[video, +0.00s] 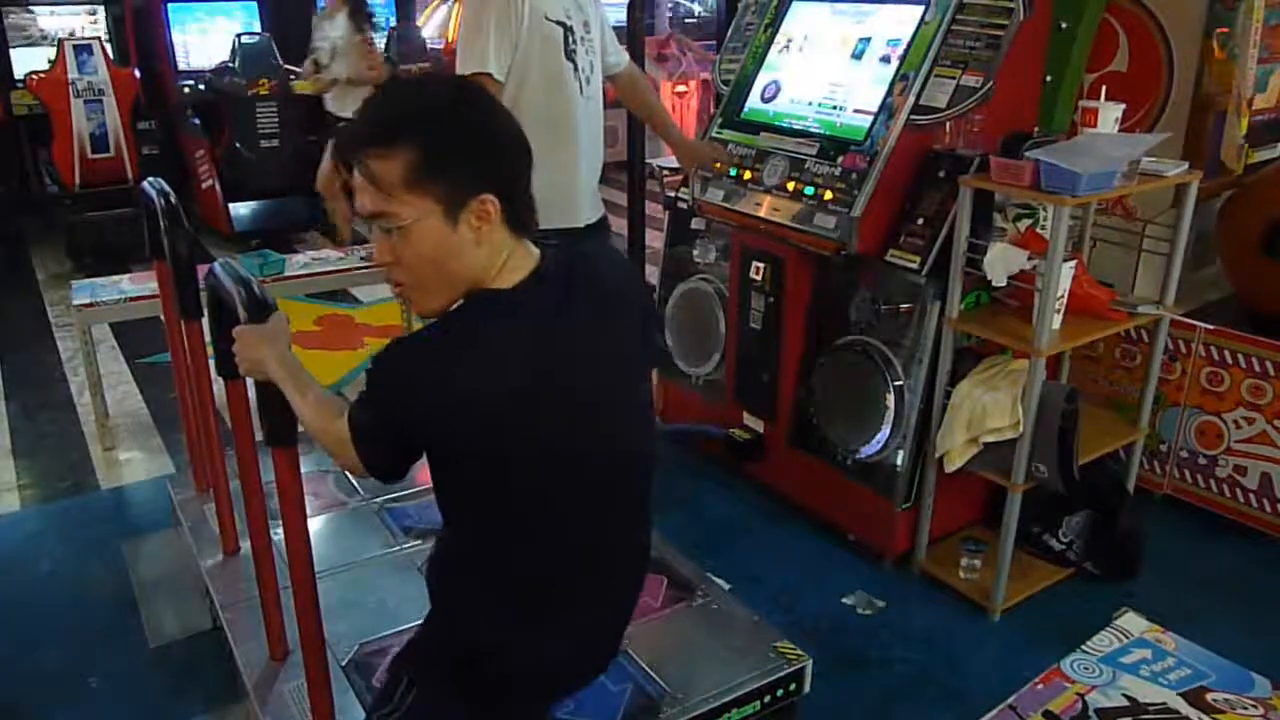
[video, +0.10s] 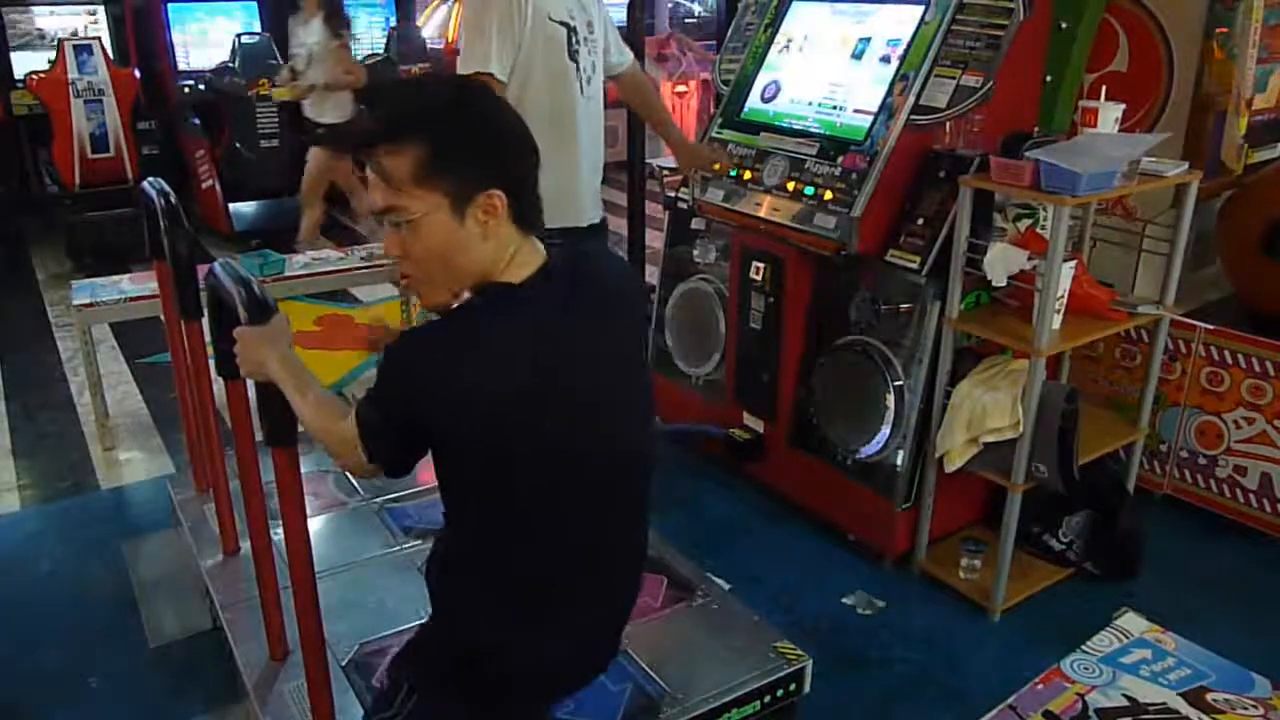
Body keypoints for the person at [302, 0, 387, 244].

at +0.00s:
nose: (326, 1)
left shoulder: (359, 26)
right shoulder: (320, 23)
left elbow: (379, 72)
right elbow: (318, 57)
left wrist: (336, 79)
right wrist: (309, 69)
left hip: (353, 116)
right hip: (330, 113)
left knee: (326, 184)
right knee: (356, 182)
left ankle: (344, 243)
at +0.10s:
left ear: (320, 0)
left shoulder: (333, 27)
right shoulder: (295, 23)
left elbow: (358, 77)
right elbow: (298, 63)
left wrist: (317, 83)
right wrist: (286, 77)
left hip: (336, 121)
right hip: (312, 118)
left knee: (311, 192)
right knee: (349, 184)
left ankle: (306, 248)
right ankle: (374, 231)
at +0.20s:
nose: (278, 0)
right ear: (275, 1)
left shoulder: (306, 28)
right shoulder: (270, 27)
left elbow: (336, 80)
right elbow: (271, 71)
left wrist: (292, 89)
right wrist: (260, 83)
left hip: (311, 125)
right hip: (290, 124)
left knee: (290, 198)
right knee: (329, 193)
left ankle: (285, 266)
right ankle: (369, 245)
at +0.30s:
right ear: (254, 1)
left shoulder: (283, 28)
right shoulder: (246, 27)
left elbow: (310, 81)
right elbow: (240, 70)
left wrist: (264, 89)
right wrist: (233, 83)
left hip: (287, 121)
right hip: (261, 121)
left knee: (276, 197)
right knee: (273, 195)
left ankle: (277, 268)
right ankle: (337, 237)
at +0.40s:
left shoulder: (255, 26)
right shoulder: (221, 22)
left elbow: (281, 83)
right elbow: (219, 67)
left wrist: (233, 90)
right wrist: (206, 80)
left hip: (265, 125)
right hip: (235, 124)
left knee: (269, 210)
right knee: (233, 204)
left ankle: (281, 274)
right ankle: (279, 220)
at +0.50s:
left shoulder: (230, 26)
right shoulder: (198, 22)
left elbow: (250, 86)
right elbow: (201, 72)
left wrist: (201, 93)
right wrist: (181, 80)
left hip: (242, 131)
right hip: (212, 130)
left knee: (258, 208)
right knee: (193, 201)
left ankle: (275, 269)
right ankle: (232, 264)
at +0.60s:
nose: (169, 3)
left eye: (173, 0)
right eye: (168, 1)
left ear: (187, 2)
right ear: (168, 4)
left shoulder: (202, 35)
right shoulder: (167, 30)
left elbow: (225, 92)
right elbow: (172, 77)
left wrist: (172, 98)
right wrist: (147, 86)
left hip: (218, 137)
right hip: (187, 136)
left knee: (243, 208)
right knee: (165, 209)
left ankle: (270, 264)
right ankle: (175, 274)